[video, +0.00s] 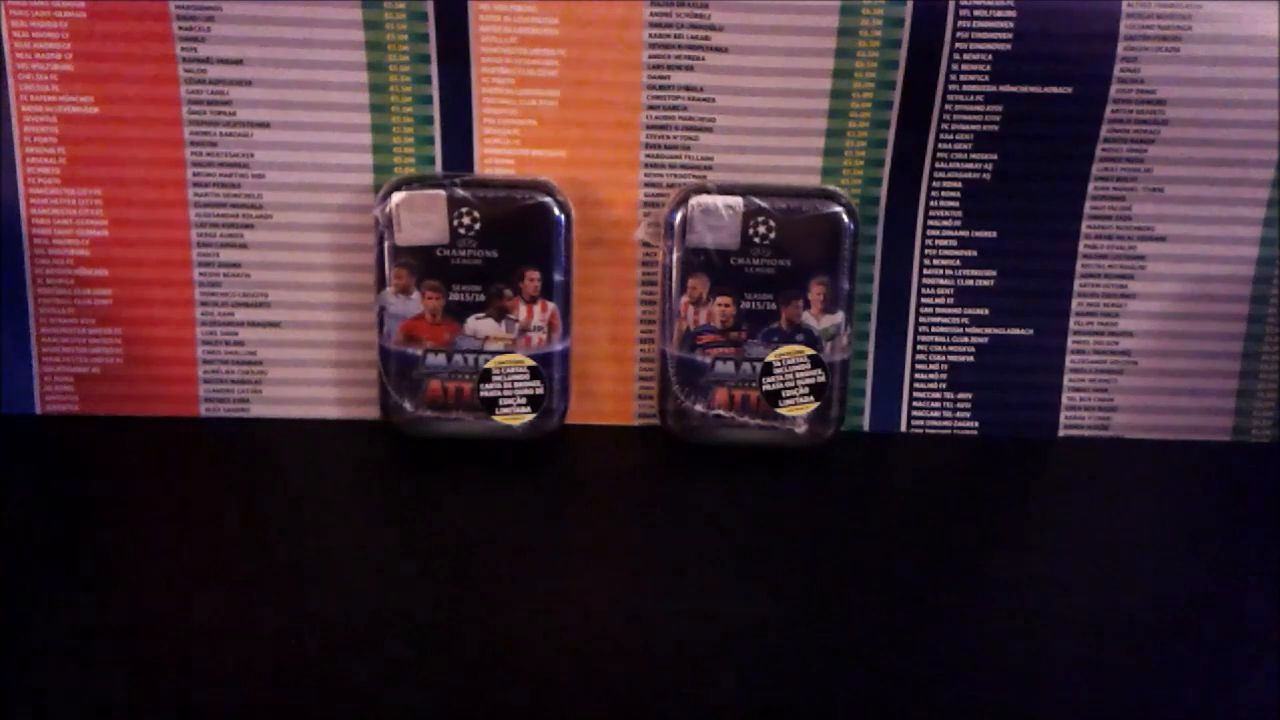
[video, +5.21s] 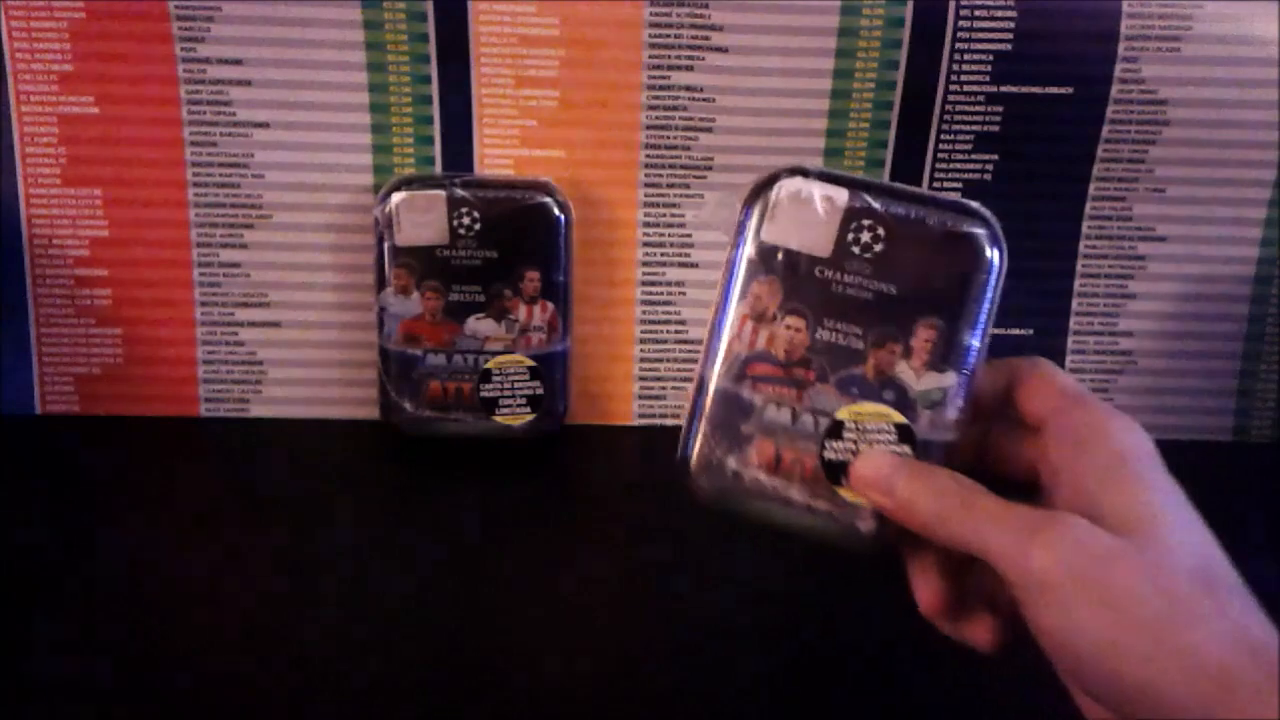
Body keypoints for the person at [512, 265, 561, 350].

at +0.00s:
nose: (536, 285)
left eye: (538, 281)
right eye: (531, 280)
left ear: (541, 283)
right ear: (521, 284)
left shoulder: (551, 308)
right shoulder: (512, 305)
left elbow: (556, 336)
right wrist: (519, 328)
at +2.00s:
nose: (536, 285)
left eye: (538, 281)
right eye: (531, 280)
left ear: (541, 283)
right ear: (521, 284)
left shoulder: (550, 308)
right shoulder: (512, 305)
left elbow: (556, 336)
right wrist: (520, 328)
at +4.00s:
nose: (536, 285)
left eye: (539, 281)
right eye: (531, 280)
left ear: (541, 283)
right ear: (521, 284)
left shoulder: (550, 308)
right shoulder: (512, 305)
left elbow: (556, 337)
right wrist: (520, 328)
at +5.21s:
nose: (536, 285)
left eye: (538, 281)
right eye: (531, 281)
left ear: (541, 283)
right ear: (521, 284)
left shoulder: (549, 307)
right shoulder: (512, 306)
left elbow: (556, 333)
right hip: (519, 352)